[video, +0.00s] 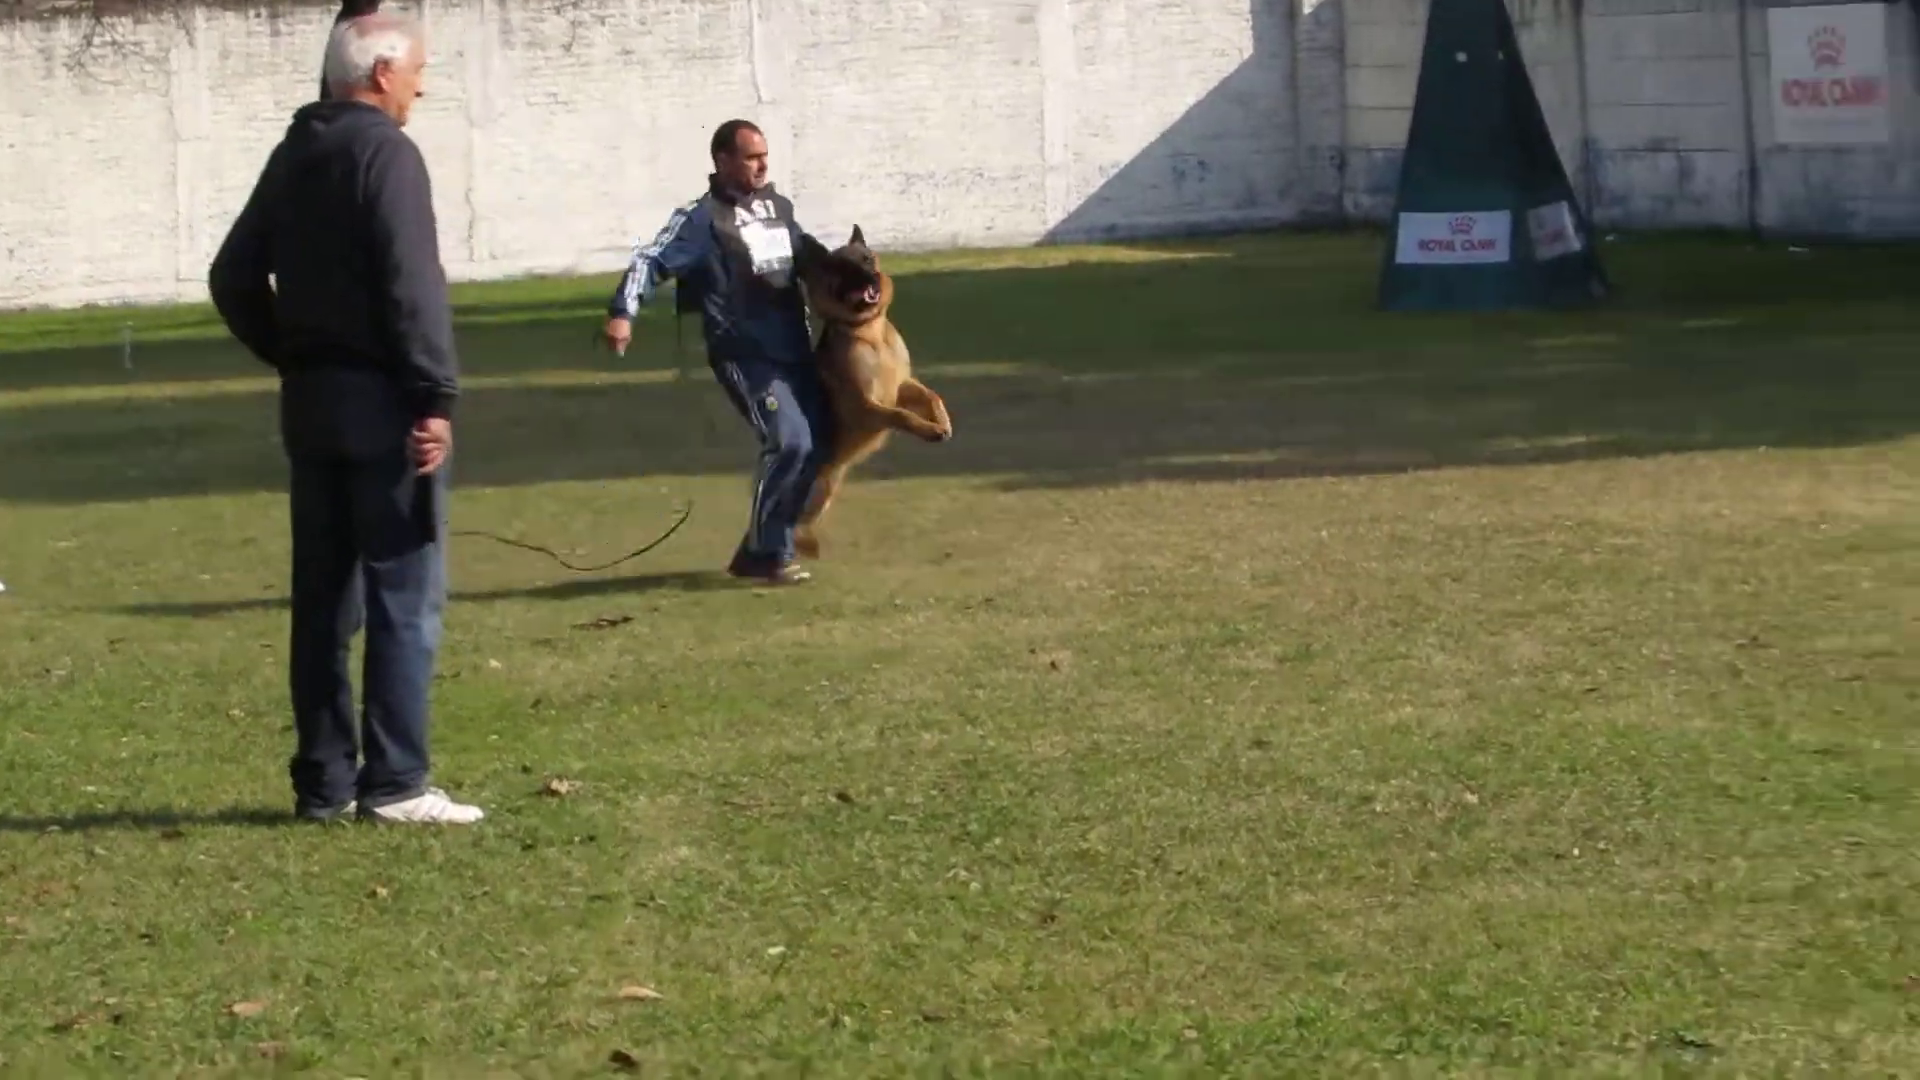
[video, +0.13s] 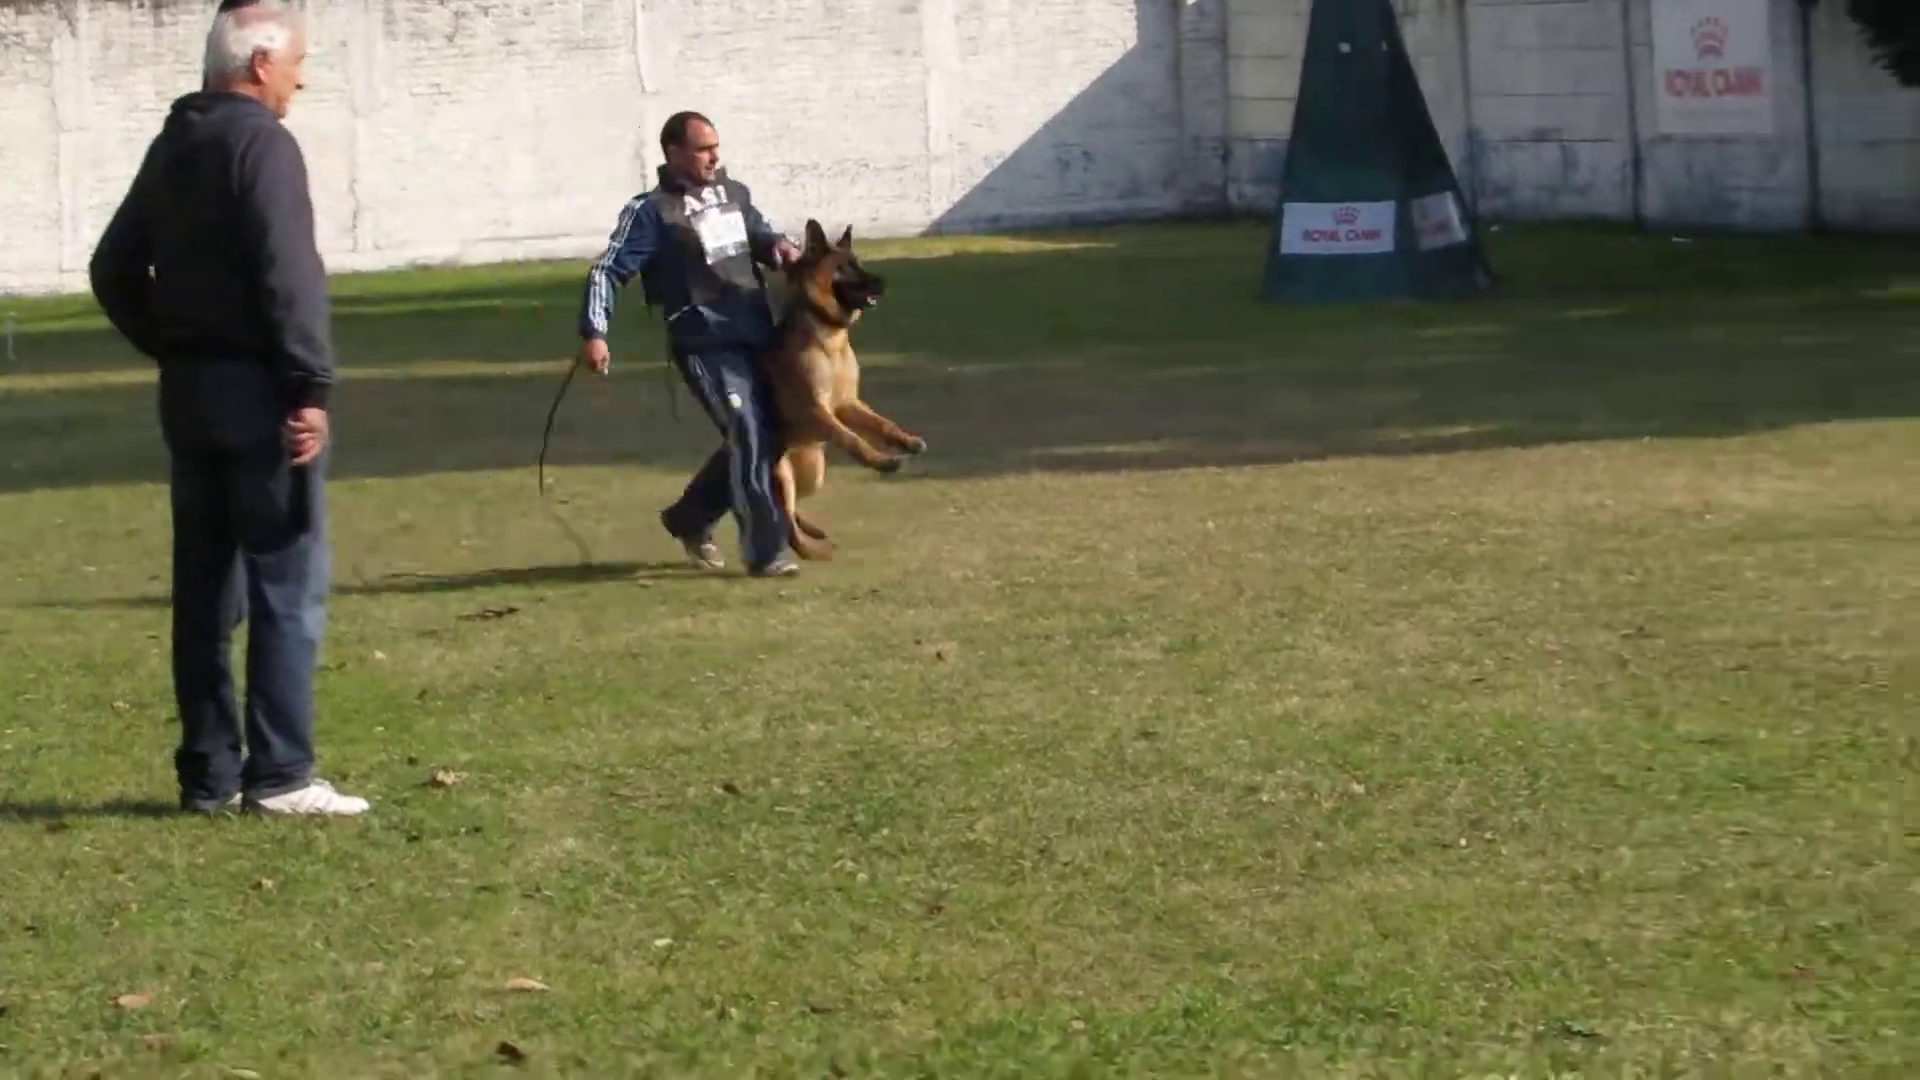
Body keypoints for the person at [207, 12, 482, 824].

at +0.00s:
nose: (421, 86)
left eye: (421, 70)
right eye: (417, 71)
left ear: (351, 72)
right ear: (384, 73)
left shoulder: (296, 147)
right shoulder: (387, 151)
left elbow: (233, 275)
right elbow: (413, 280)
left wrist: (295, 359)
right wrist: (436, 396)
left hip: (313, 406)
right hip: (386, 406)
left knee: (322, 596)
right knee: (406, 597)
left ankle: (325, 783)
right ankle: (397, 784)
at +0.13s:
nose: (300, 80)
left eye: (300, 65)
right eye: (296, 66)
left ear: (231, 63)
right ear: (263, 63)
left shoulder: (176, 136)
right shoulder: (263, 139)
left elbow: (113, 267)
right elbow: (287, 268)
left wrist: (173, 348)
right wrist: (311, 386)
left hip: (193, 393)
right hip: (261, 393)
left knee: (204, 586)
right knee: (289, 586)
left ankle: (210, 775)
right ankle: (283, 776)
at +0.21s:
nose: (213, 76)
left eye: (214, 61)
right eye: (210, 61)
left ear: (148, 60)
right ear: (176, 60)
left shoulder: (90, 133)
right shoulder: (174, 136)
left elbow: (27, 260)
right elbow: (198, 261)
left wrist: (84, 343)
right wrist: (221, 381)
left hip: (105, 389)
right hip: (173, 388)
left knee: (116, 582)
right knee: (201, 584)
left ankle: (122, 772)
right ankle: (195, 773)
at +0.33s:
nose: (70, 69)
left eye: (70, 54)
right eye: (65, 54)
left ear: (19, 53)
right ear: (29, 53)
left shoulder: (14, 125)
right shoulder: (28, 132)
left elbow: (50, 256)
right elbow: (51, 259)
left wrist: (68, 375)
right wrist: (75, 375)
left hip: (18, 393)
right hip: (32, 394)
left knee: (13, 583)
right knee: (61, 581)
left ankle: (17, 762)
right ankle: (53, 767)